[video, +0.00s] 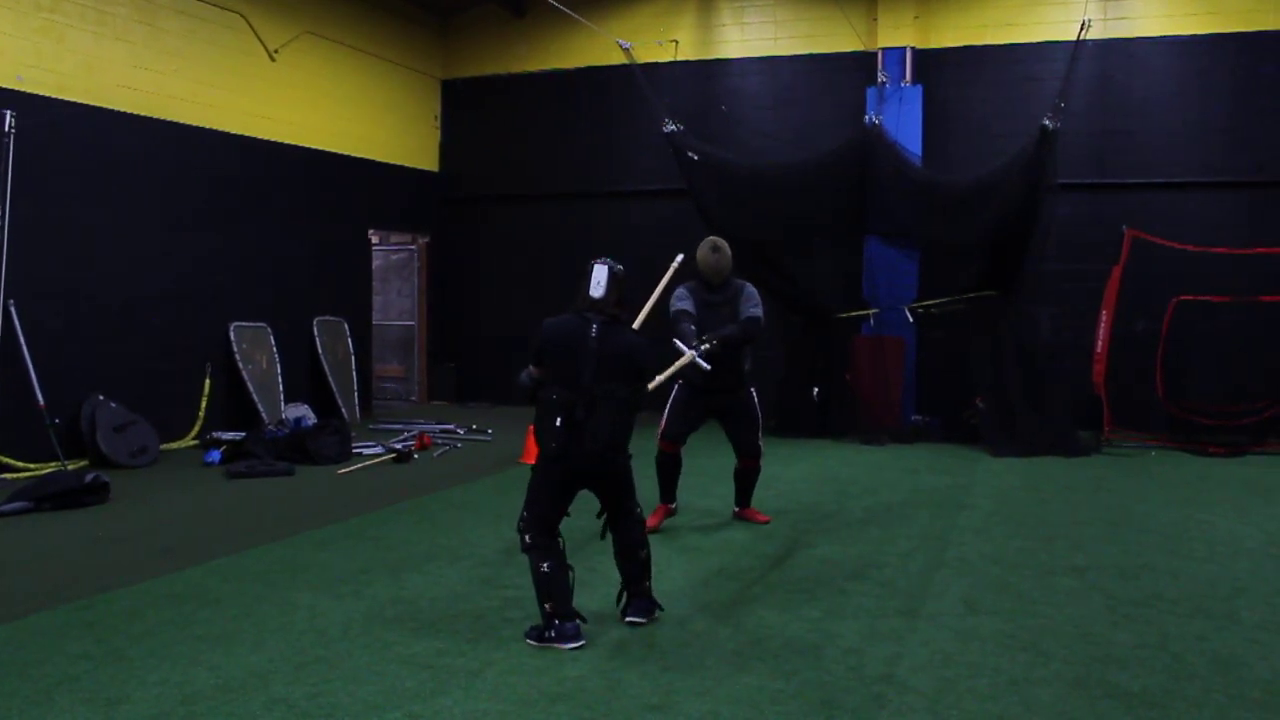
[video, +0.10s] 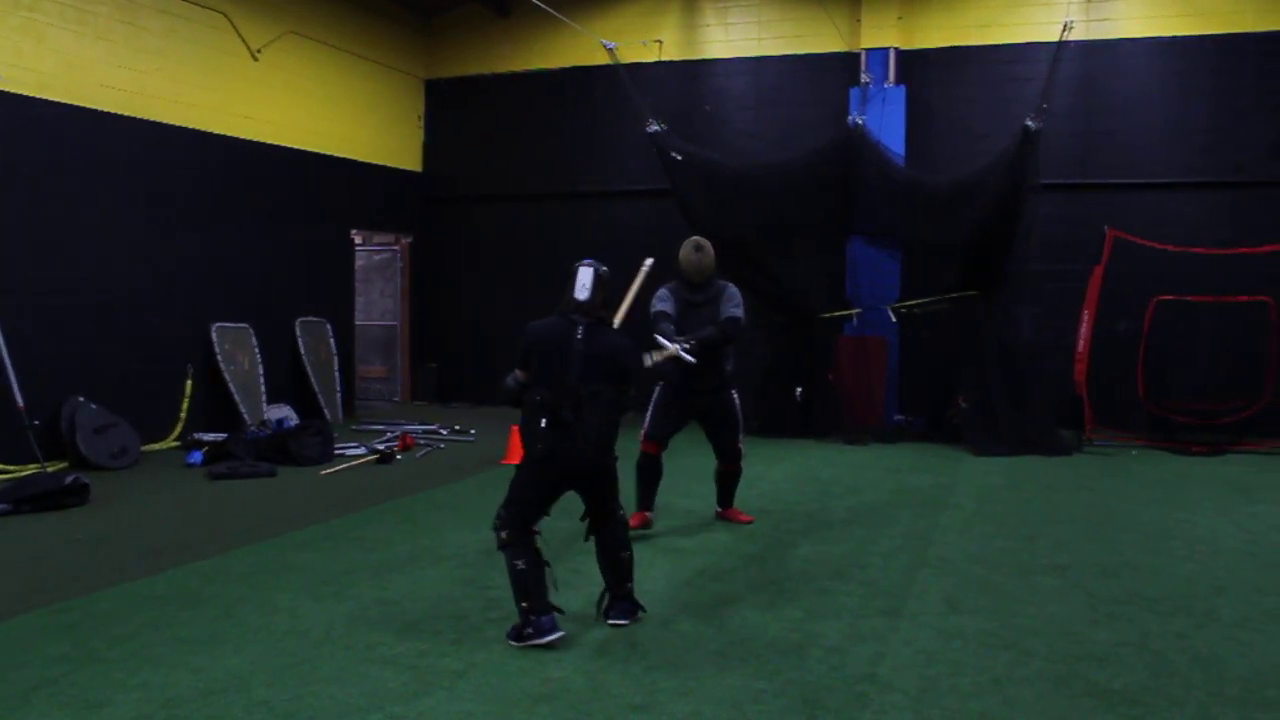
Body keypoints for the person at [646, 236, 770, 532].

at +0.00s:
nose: (716, 277)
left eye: (720, 272)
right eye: (710, 272)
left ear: (729, 267)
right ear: (700, 268)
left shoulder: (746, 292)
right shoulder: (685, 293)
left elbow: (752, 326)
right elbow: (682, 321)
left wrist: (716, 340)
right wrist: (693, 344)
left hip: (735, 385)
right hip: (693, 384)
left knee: (750, 450)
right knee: (668, 442)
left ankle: (743, 507)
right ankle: (667, 504)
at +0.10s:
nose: (697, 275)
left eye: (702, 270)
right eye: (692, 269)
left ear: (712, 267)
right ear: (682, 267)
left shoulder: (728, 293)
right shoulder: (667, 294)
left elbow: (731, 329)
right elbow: (661, 325)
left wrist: (691, 344)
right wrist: (672, 343)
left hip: (716, 385)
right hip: (675, 385)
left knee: (731, 451)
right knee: (650, 445)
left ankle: (725, 507)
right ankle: (644, 511)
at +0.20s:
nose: (672, 279)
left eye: (677, 273)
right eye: (667, 273)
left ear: (686, 270)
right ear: (658, 270)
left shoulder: (702, 294)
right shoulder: (642, 297)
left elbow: (708, 325)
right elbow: (625, 322)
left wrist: (668, 333)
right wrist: (645, 325)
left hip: (694, 390)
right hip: (652, 390)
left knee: (710, 454)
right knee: (632, 454)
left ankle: (707, 508)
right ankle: (615, 516)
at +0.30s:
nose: (656, 286)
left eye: (661, 280)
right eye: (650, 280)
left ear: (670, 274)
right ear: (639, 274)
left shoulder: (684, 296)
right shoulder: (622, 297)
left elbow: (692, 325)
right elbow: (609, 331)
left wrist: (650, 326)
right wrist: (625, 298)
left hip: (677, 393)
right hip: (636, 395)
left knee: (694, 455)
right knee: (621, 461)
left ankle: (699, 507)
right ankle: (606, 526)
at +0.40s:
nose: (640, 272)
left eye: (646, 265)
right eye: (634, 268)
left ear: (658, 273)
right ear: (626, 276)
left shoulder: (676, 301)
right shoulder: (617, 308)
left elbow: (682, 330)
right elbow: (601, 334)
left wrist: (634, 321)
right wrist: (612, 298)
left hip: (668, 401)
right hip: (627, 403)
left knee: (689, 463)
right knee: (612, 468)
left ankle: (700, 509)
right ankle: (605, 535)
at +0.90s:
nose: (626, 290)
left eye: (631, 283)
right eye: (620, 283)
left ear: (642, 282)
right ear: (610, 284)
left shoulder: (664, 312)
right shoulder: (597, 318)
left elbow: (677, 355)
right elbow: (578, 369)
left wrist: (631, 360)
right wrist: (594, 353)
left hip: (656, 408)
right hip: (612, 411)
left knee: (686, 475)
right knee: (595, 471)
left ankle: (682, 507)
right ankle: (602, 536)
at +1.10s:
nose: (649, 277)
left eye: (654, 272)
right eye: (645, 272)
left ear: (665, 275)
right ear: (636, 276)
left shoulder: (687, 307)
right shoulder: (623, 309)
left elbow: (696, 350)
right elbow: (601, 353)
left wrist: (651, 358)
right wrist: (616, 339)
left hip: (678, 401)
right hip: (634, 402)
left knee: (695, 472)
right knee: (616, 469)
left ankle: (697, 510)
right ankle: (603, 531)